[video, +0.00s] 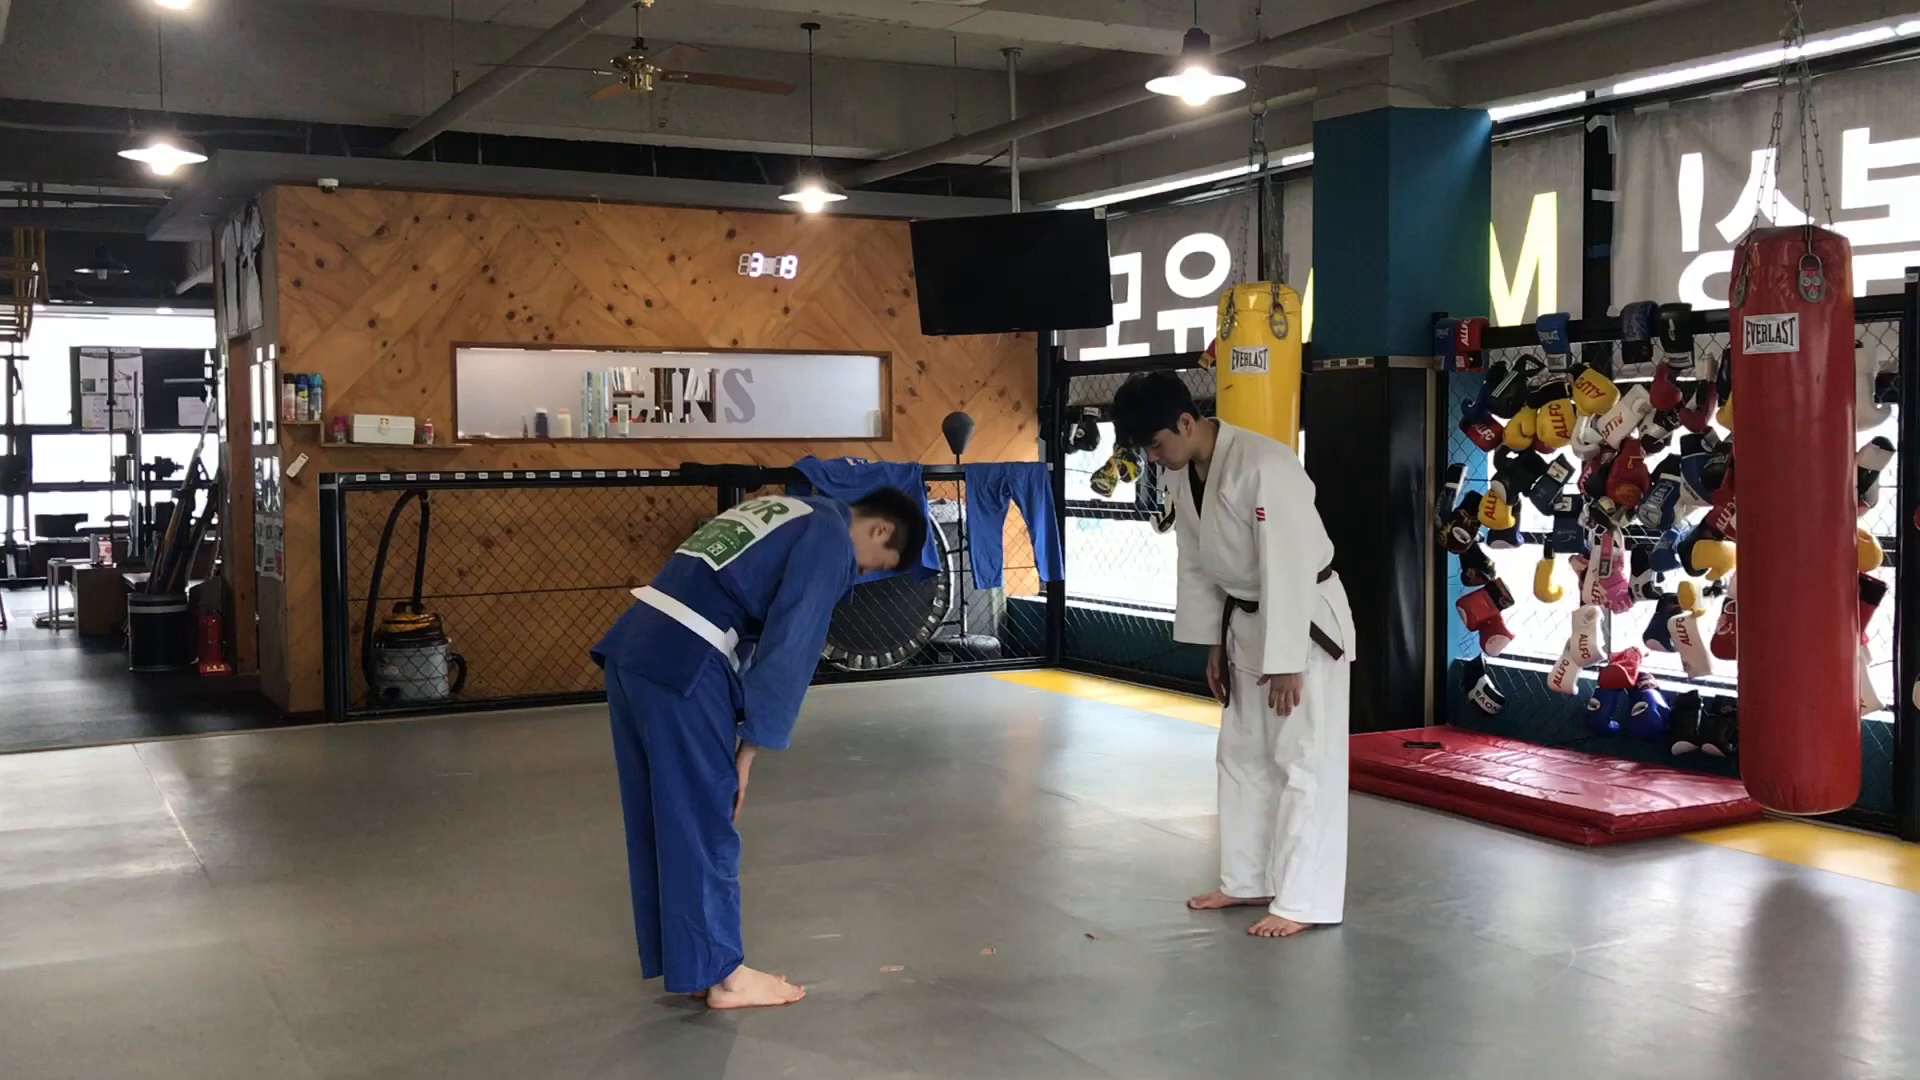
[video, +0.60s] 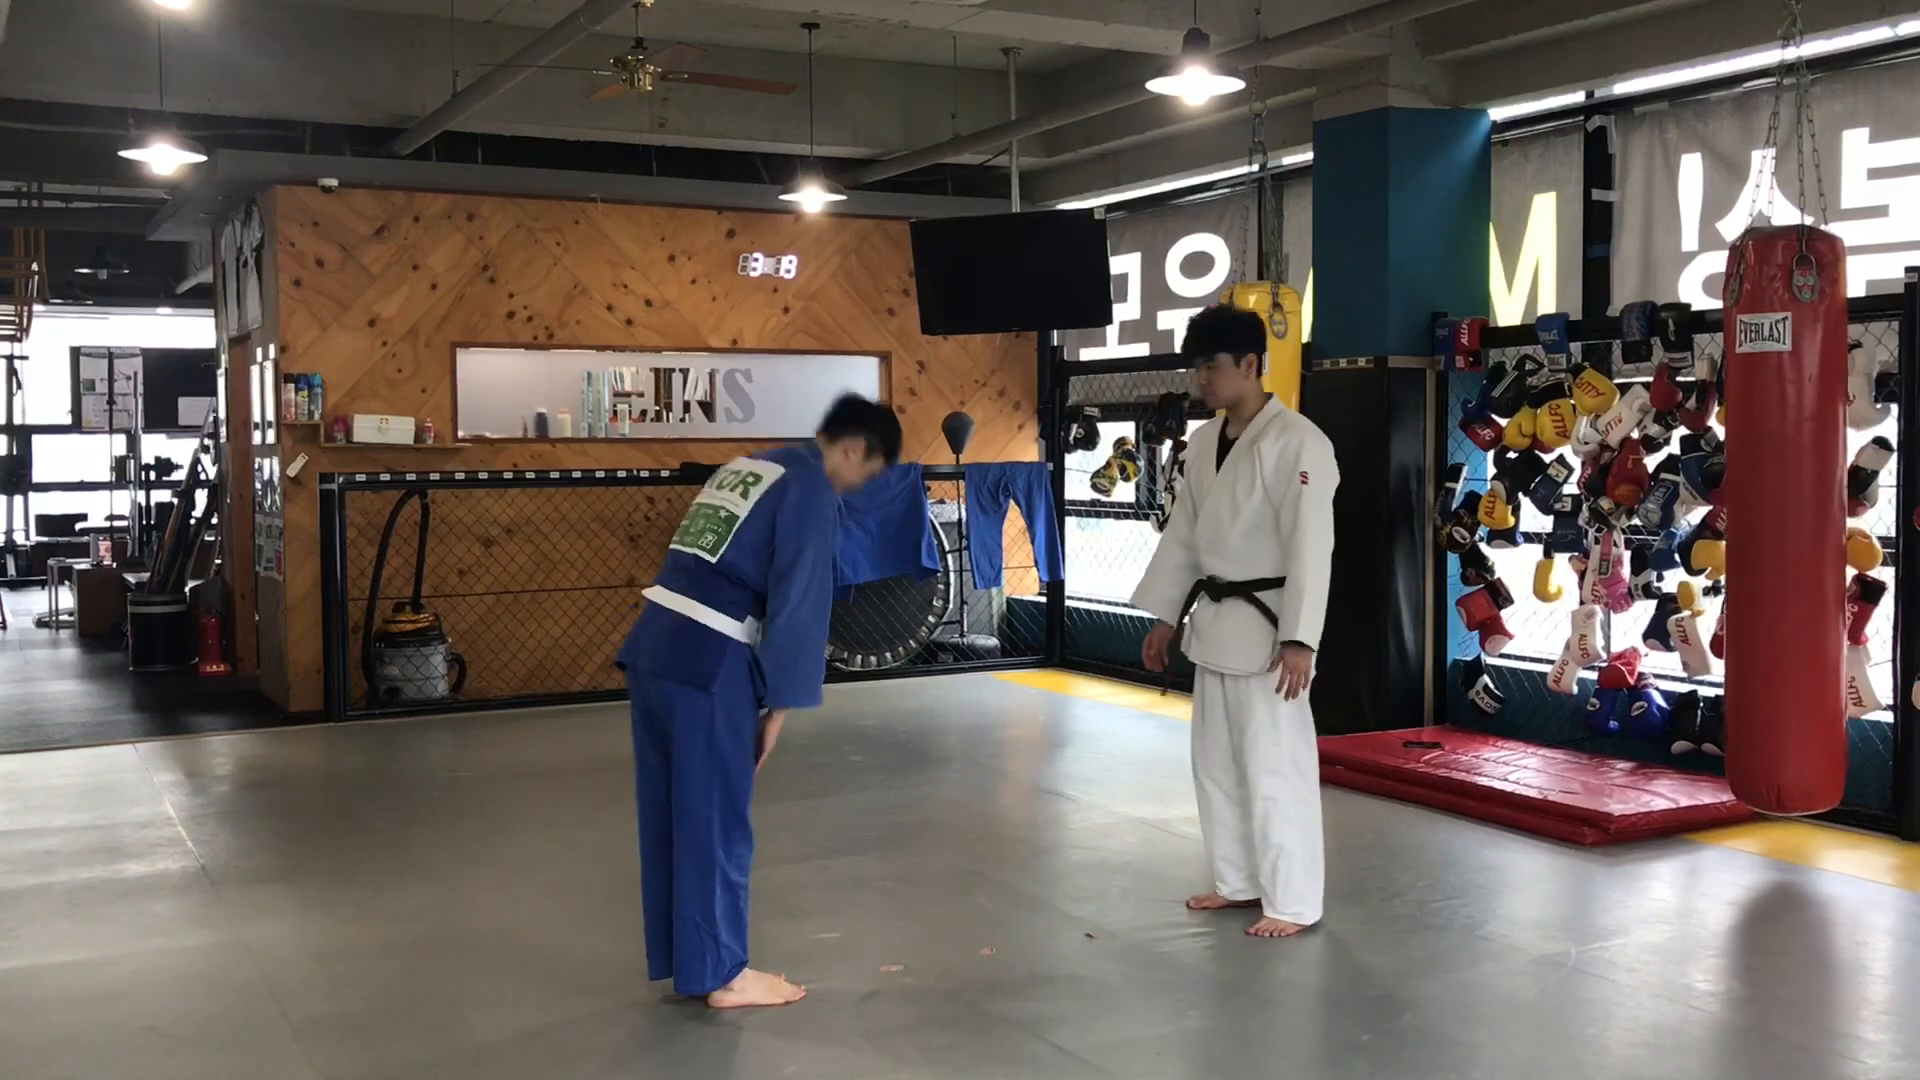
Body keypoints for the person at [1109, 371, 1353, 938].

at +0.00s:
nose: (1153, 458)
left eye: (1155, 445)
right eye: (1146, 450)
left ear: (1186, 421)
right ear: (1179, 428)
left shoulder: (1265, 464)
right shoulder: (1182, 474)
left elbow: (1289, 564)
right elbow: (1198, 562)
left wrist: (1286, 660)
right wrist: (1217, 639)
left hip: (1306, 617)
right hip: (1248, 617)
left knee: (1302, 763)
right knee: (1243, 754)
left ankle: (1304, 901)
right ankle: (1248, 882)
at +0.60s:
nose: (1197, 379)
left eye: (1207, 365)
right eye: (1195, 367)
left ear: (1248, 364)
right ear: (1226, 370)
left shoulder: (1300, 443)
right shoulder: (1202, 442)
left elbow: (1312, 546)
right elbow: (1182, 535)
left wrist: (1300, 639)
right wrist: (1166, 616)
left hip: (1269, 632)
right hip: (1211, 628)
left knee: (1276, 772)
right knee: (1219, 767)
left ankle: (1296, 905)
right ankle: (1239, 884)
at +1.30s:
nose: (1178, 376)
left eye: (1190, 364)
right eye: (1175, 364)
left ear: (1229, 367)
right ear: (1181, 369)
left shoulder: (1266, 448)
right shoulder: (1175, 442)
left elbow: (1259, 552)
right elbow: (1153, 535)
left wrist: (1224, 642)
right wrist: (1106, 604)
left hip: (1231, 627)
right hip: (1171, 622)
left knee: (1258, 771)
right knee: (1155, 766)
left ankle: (1292, 902)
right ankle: (1138, 897)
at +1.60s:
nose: (1136, 370)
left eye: (1149, 358)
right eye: (1134, 359)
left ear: (1190, 361)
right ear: (1139, 363)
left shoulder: (1216, 443)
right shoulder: (1130, 441)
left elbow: (1198, 539)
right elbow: (1090, 518)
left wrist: (1133, 598)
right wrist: (1027, 550)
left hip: (1184, 620)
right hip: (1125, 617)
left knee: (1207, 761)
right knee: (1125, 765)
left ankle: (1271, 876)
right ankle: (1137, 901)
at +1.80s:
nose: (1123, 368)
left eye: (1136, 357)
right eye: (1120, 356)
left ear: (1174, 359)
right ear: (1121, 359)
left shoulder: (1203, 441)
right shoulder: (1108, 430)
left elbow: (1169, 513)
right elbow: (1064, 498)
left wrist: (1091, 543)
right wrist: (992, 492)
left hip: (1170, 612)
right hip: (1114, 610)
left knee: (1167, 766)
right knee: (1114, 766)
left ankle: (1207, 912)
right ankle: (1136, 901)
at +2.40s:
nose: (1115, 367)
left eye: (1128, 356)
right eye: (1112, 355)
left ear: (1168, 359)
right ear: (1114, 359)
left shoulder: (1197, 440)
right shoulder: (1094, 426)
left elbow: (1173, 510)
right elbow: (1029, 468)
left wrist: (1090, 490)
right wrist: (965, 454)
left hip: (1150, 619)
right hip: (1091, 616)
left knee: (1151, 781)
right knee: (1102, 775)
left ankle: (1168, 930)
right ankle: (1125, 903)